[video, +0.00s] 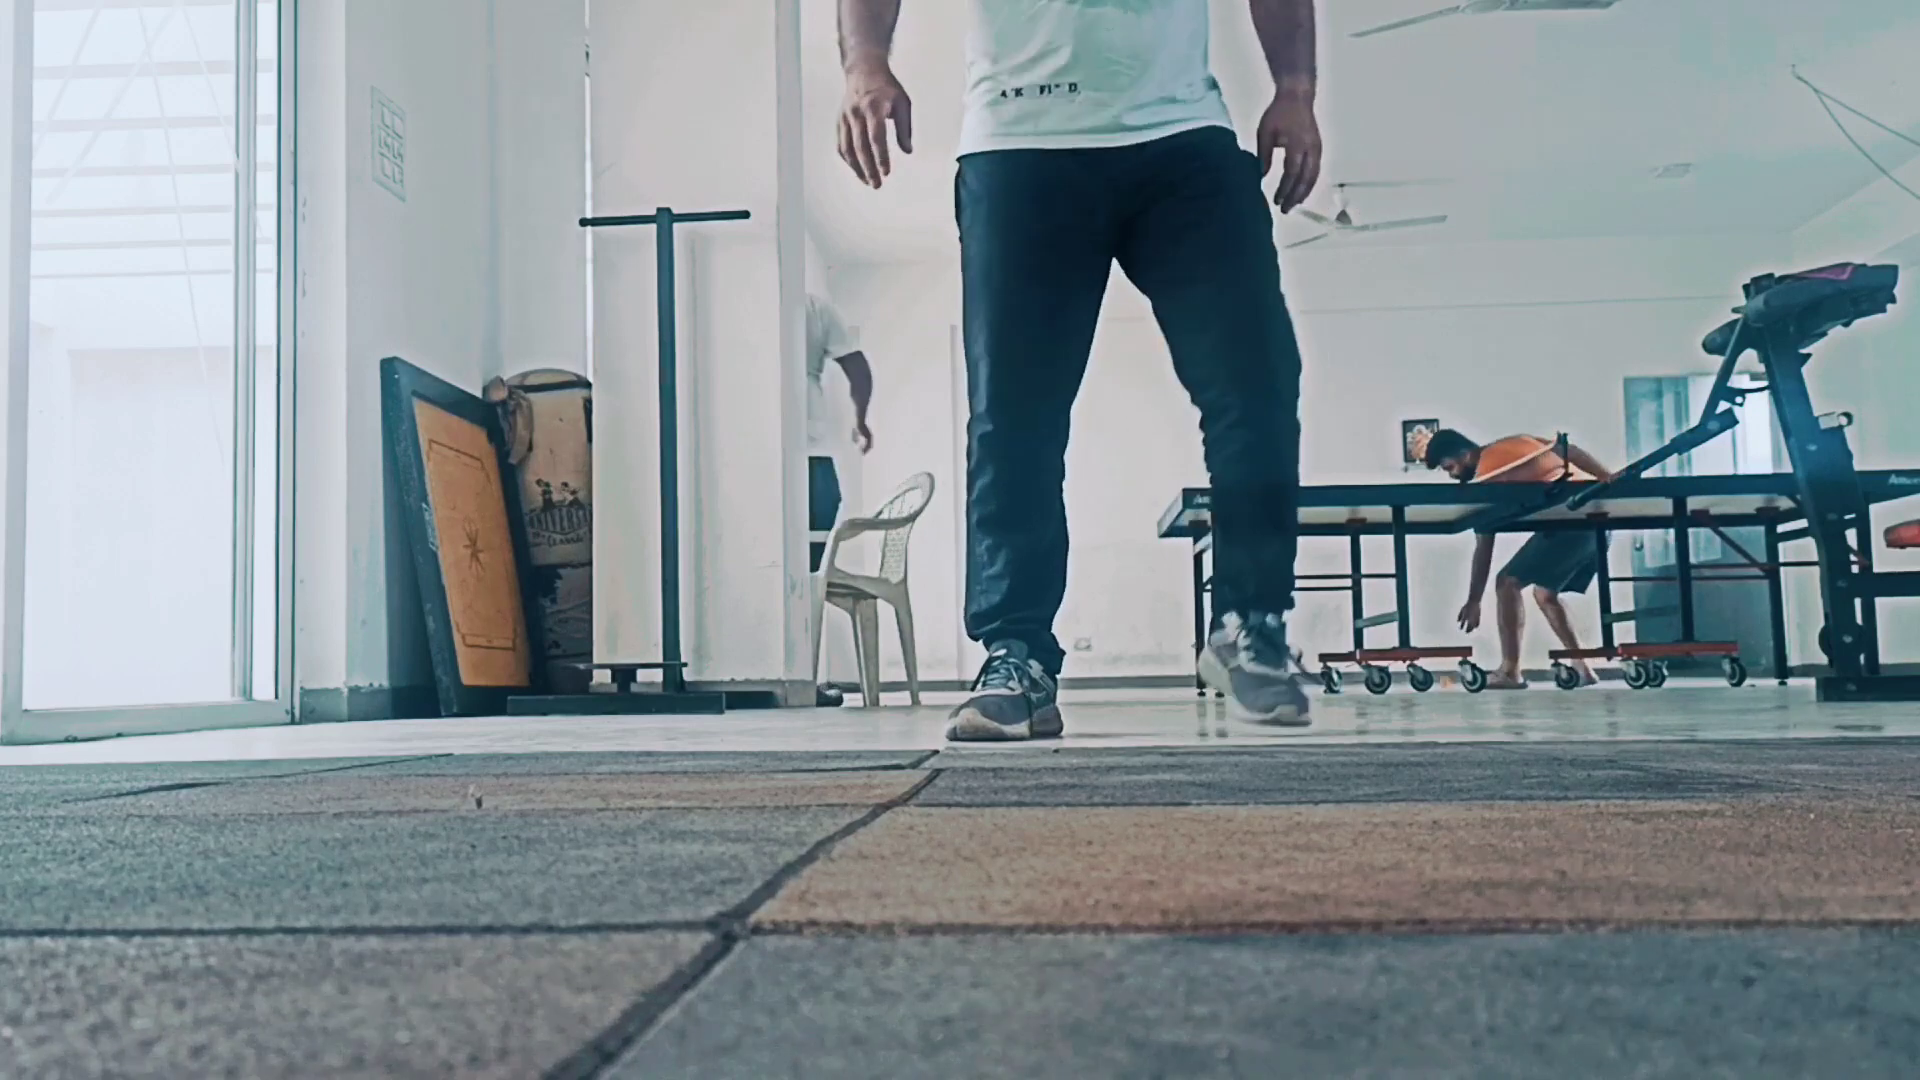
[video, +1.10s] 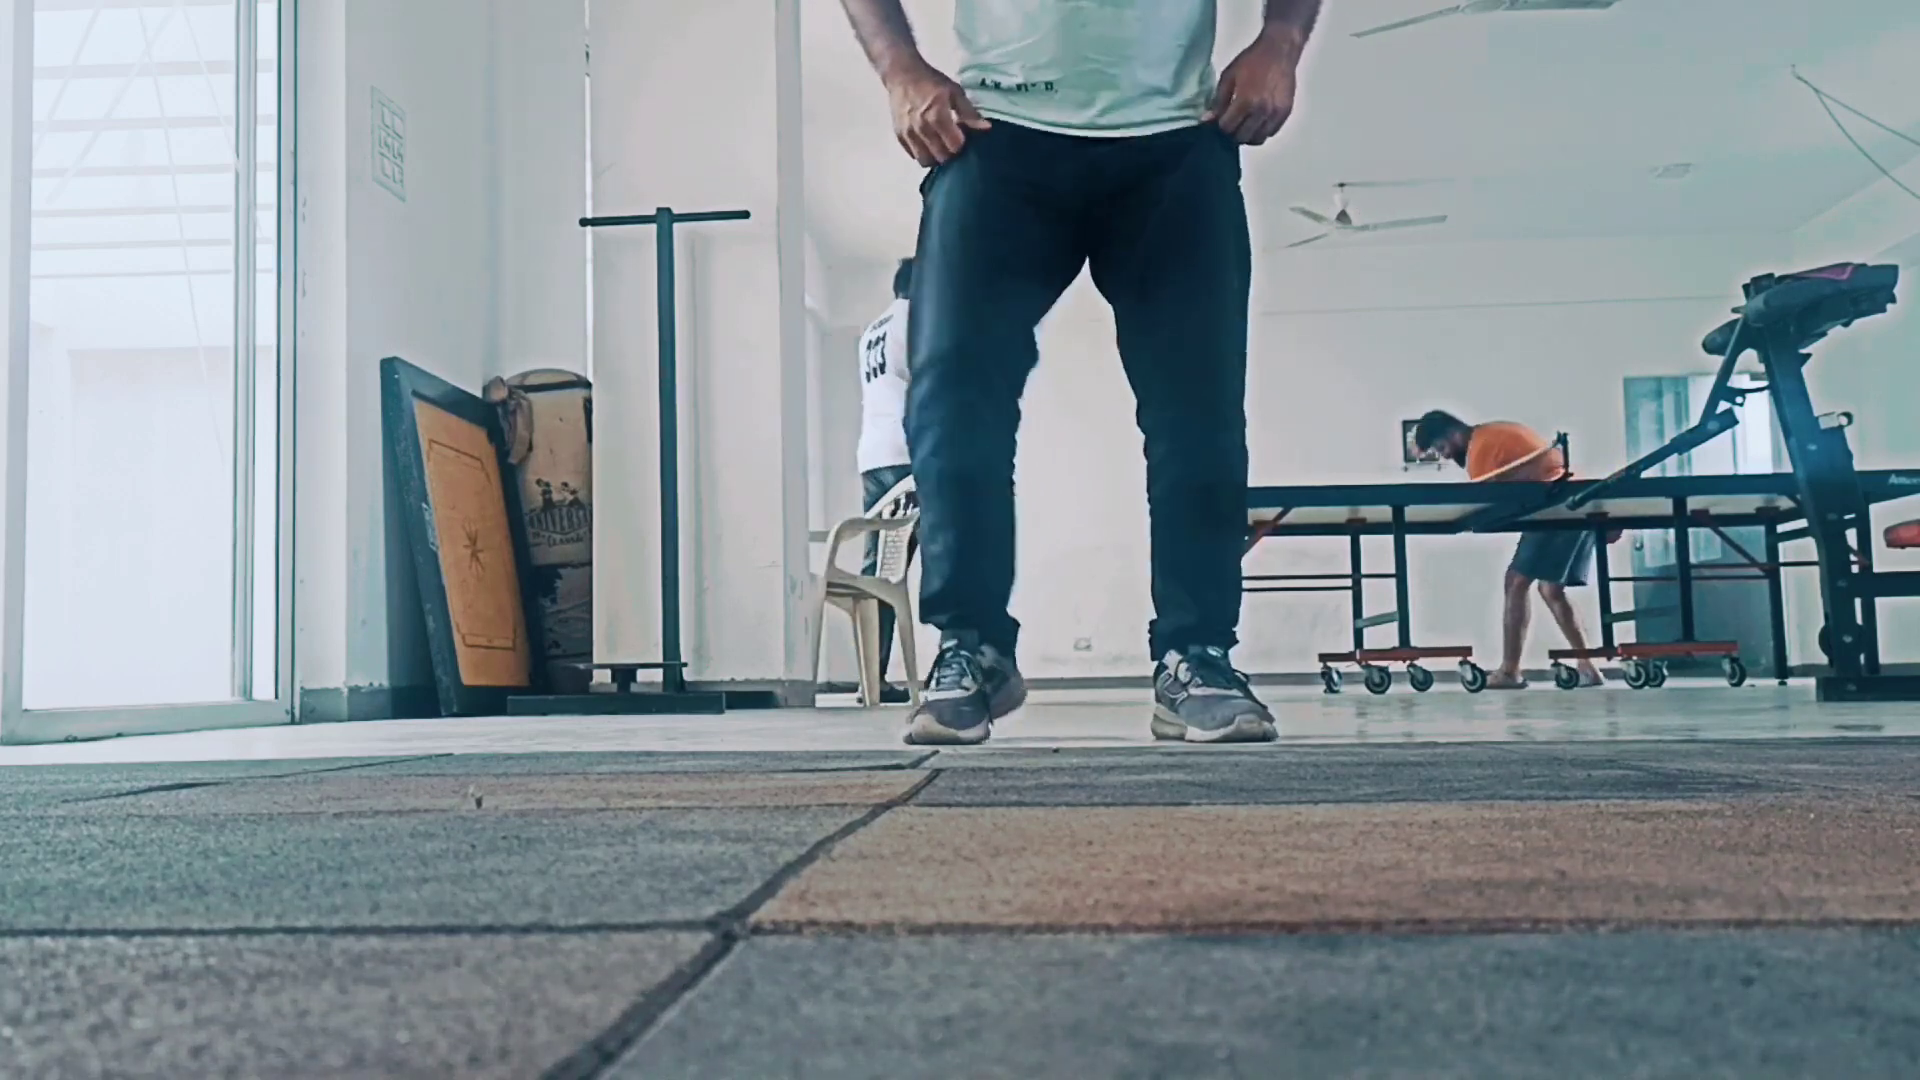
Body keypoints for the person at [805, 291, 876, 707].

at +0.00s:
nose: (778, 274)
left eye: (781, 269)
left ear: (790, 270)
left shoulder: (812, 307)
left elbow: (858, 370)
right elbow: (860, 370)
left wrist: (859, 420)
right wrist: (861, 420)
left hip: (810, 453)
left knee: (811, 570)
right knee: (804, 571)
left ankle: (809, 677)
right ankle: (803, 677)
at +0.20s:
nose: (840, 278)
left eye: (837, 271)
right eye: (838, 271)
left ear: (796, 268)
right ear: (826, 268)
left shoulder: (766, 301)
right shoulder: (839, 303)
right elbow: (879, 365)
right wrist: (890, 420)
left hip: (774, 456)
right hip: (826, 455)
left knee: (776, 567)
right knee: (822, 571)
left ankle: (781, 675)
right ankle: (814, 677)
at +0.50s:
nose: (870, 286)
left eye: (869, 279)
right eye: (869, 278)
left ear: (820, 278)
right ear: (858, 276)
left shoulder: (795, 307)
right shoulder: (865, 306)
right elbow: (890, 369)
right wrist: (905, 428)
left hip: (792, 449)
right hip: (839, 448)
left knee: (811, 562)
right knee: (830, 564)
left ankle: (836, 671)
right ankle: (812, 670)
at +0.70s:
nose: (888, 295)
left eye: (887, 289)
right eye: (887, 288)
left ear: (842, 287)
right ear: (880, 286)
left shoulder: (815, 323)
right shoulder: (880, 310)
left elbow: (816, 391)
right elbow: (904, 370)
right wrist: (927, 431)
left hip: (819, 457)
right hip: (863, 452)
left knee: (851, 569)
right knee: (852, 569)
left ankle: (871, 677)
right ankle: (805, 672)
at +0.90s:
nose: (912, 295)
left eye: (911, 289)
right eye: (911, 288)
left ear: (864, 289)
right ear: (902, 285)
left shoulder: (839, 331)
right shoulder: (898, 309)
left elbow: (842, 395)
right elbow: (919, 375)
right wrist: (945, 424)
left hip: (849, 462)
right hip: (894, 453)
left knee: (868, 566)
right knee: (924, 557)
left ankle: (873, 677)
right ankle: (851, 642)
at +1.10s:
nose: (933, 296)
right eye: (930, 287)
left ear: (897, 286)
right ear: (921, 287)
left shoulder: (872, 328)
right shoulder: (916, 317)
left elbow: (876, 393)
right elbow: (926, 383)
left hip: (871, 460)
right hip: (906, 455)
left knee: (879, 567)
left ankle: (871, 674)